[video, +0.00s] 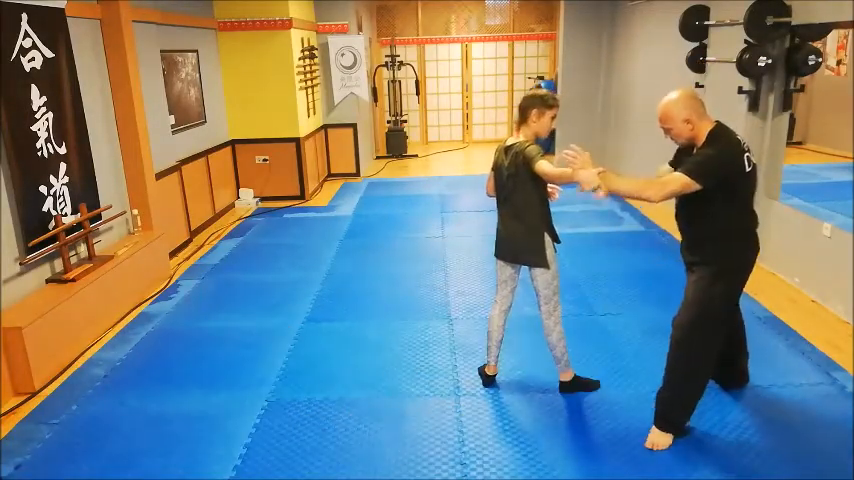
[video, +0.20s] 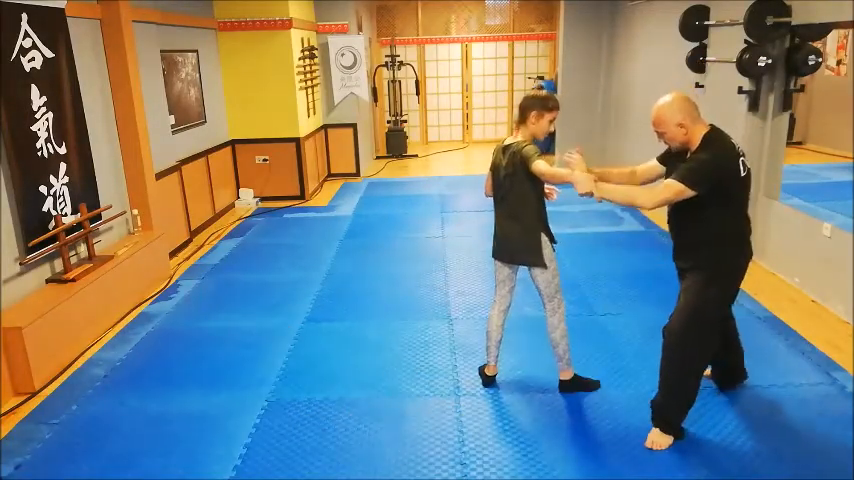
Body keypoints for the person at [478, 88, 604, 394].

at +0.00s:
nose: (553, 125)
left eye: (554, 119)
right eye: (551, 118)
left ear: (529, 116)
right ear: (534, 116)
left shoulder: (503, 149)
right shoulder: (530, 149)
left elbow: (492, 189)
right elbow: (549, 173)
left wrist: (537, 191)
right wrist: (581, 174)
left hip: (507, 238)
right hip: (536, 238)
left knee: (501, 301)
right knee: (550, 307)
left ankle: (490, 368)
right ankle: (566, 375)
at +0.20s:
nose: (551, 128)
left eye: (553, 122)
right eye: (549, 121)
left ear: (528, 118)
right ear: (533, 117)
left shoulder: (502, 148)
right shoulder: (526, 148)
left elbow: (490, 189)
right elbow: (546, 173)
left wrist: (535, 190)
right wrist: (579, 175)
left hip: (504, 238)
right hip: (534, 238)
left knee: (501, 301)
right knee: (554, 304)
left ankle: (490, 369)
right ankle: (566, 375)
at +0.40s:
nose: (553, 131)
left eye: (555, 125)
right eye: (551, 124)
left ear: (529, 121)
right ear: (534, 120)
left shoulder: (504, 147)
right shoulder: (526, 148)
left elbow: (496, 183)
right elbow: (541, 171)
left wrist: (538, 188)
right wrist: (573, 176)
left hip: (501, 236)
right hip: (529, 237)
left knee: (499, 301)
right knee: (553, 300)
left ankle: (489, 369)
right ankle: (566, 374)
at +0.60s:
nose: (560, 135)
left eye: (563, 129)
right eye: (559, 129)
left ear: (536, 122)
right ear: (541, 123)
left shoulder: (514, 148)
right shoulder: (528, 150)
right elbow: (538, 176)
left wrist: (550, 166)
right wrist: (562, 186)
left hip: (503, 234)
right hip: (526, 236)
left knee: (502, 300)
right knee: (557, 298)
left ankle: (489, 367)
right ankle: (564, 369)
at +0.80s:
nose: (566, 139)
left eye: (569, 133)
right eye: (562, 134)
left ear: (545, 127)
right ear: (543, 128)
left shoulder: (542, 150)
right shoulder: (534, 159)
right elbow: (545, 193)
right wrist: (572, 193)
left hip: (526, 233)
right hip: (533, 238)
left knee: (535, 294)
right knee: (559, 301)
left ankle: (497, 350)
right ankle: (563, 371)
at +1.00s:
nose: (558, 143)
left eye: (562, 136)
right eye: (551, 138)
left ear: (568, 128)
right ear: (537, 132)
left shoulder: (569, 147)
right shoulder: (529, 159)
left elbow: (571, 178)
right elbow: (530, 194)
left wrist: (583, 194)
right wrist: (555, 212)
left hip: (563, 224)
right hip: (534, 230)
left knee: (579, 293)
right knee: (549, 302)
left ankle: (544, 332)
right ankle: (559, 369)